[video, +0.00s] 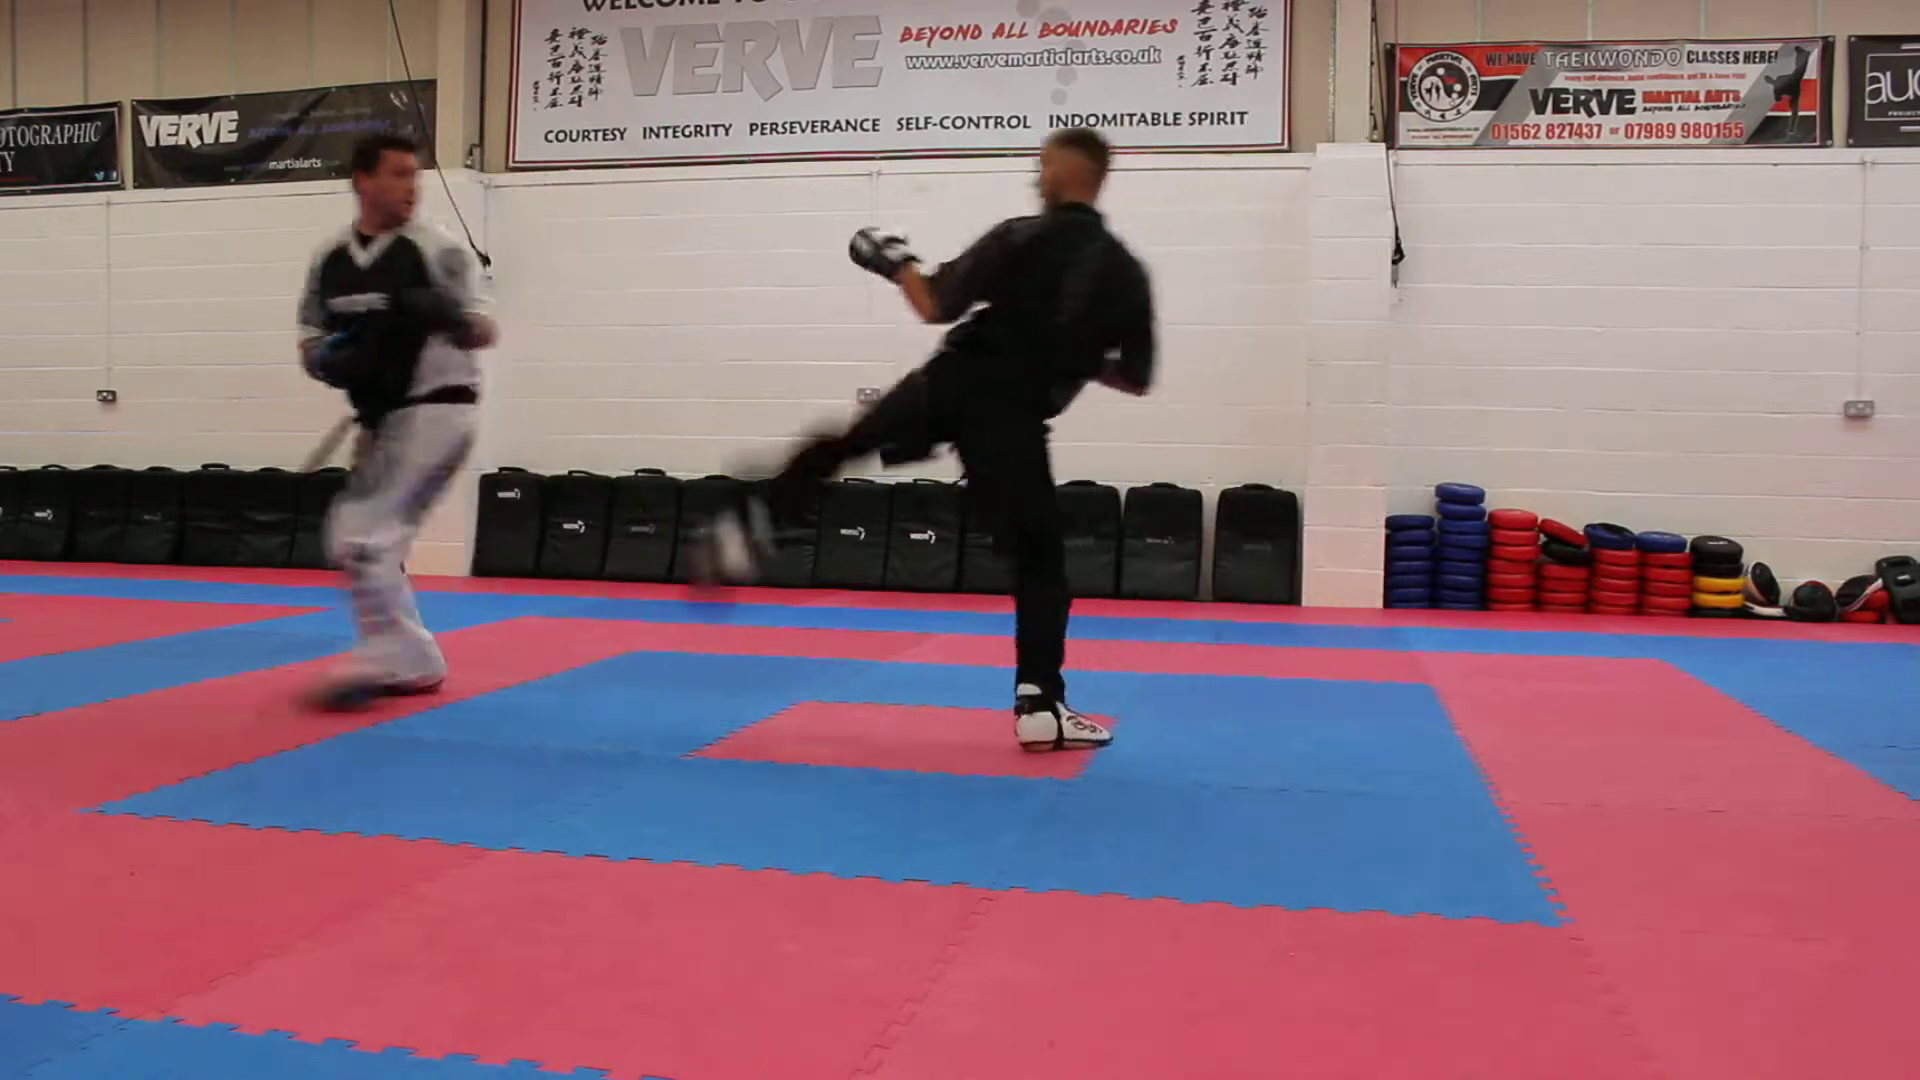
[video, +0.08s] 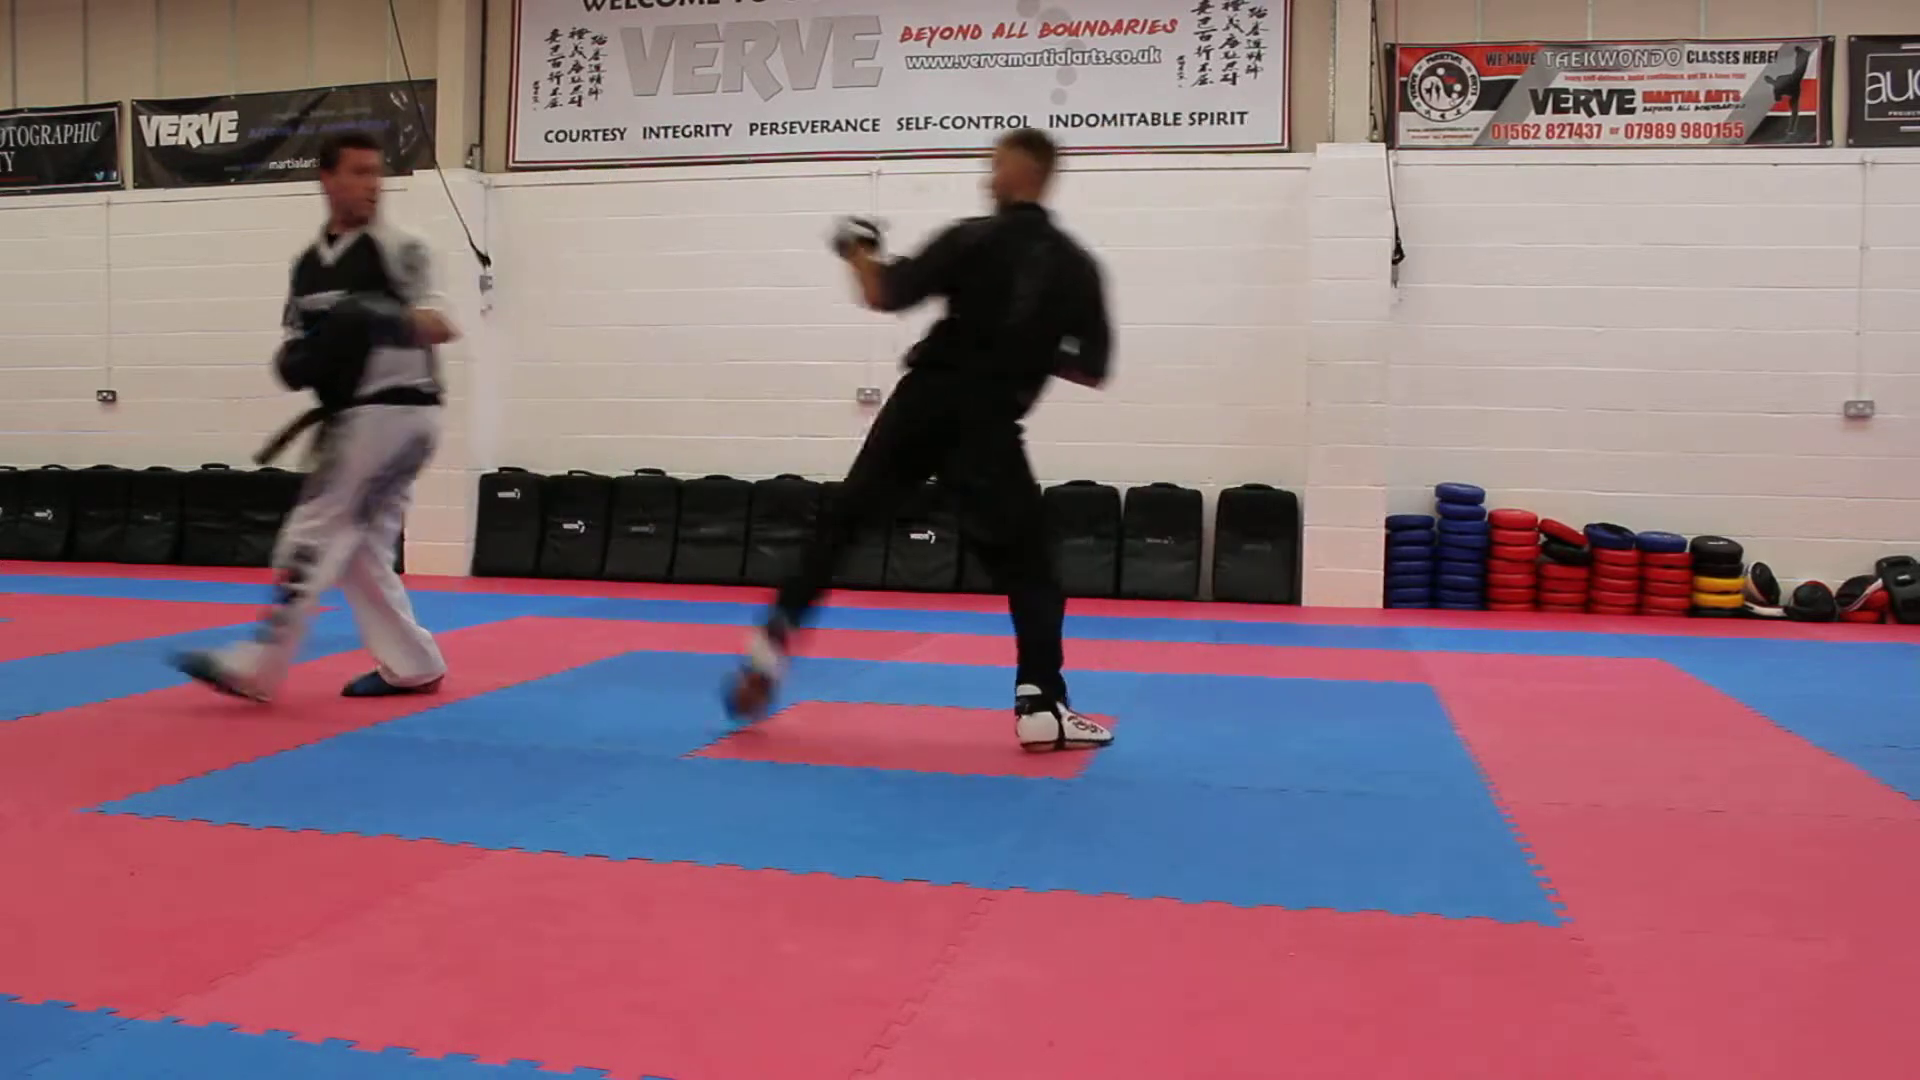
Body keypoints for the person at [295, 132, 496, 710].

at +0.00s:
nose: (411, 188)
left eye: (414, 176)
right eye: (399, 176)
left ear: (419, 180)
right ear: (362, 182)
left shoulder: (439, 250)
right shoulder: (331, 264)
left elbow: (483, 330)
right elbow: (312, 346)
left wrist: (435, 311)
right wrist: (338, 357)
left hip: (440, 411)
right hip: (380, 416)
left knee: (365, 529)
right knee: (360, 537)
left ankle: (400, 653)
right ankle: (400, 659)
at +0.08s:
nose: (372, 185)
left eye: (376, 174)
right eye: (359, 174)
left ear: (382, 180)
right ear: (327, 181)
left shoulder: (399, 248)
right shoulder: (310, 265)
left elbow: (439, 325)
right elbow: (289, 362)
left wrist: (363, 314)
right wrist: (321, 348)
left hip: (400, 412)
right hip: (352, 414)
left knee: (314, 532)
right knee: (358, 550)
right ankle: (410, 663)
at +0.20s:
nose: (256, 194)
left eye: (265, 179)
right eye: (254, 181)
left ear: (302, 178)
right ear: (285, 184)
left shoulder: (331, 240)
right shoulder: (307, 245)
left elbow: (347, 327)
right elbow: (307, 335)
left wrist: (265, 362)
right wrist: (259, 367)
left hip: (329, 420)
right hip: (365, 422)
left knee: (250, 541)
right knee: (338, 552)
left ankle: (190, 666)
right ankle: (408, 660)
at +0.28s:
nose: (212, 203)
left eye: (215, 192)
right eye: (213, 192)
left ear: (230, 191)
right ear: (264, 189)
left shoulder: (258, 233)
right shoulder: (296, 235)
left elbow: (280, 323)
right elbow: (307, 330)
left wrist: (242, 372)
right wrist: (236, 354)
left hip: (300, 423)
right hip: (346, 424)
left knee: (212, 538)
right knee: (320, 553)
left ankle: (182, 675)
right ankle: (403, 656)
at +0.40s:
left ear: (154, 209)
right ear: (213, 201)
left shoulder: (150, 272)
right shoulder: (262, 255)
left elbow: (146, 368)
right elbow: (308, 333)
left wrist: (134, 434)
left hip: (243, 422)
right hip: (315, 420)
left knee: (182, 544)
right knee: (286, 537)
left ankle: (181, 676)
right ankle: (358, 626)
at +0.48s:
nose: (177, 213)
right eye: (173, 206)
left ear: (114, 226)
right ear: (168, 212)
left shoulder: (105, 285)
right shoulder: (221, 256)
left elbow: (74, 395)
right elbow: (287, 326)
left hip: (216, 425)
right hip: (291, 416)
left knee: (170, 547)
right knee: (283, 504)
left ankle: (178, 678)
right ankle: (322, 577)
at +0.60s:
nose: (131, 204)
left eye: (126, 195)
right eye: (126, 195)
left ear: (58, 211)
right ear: (112, 198)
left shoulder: (40, 280)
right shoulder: (168, 244)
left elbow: (17, 365)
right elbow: (248, 303)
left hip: (178, 412)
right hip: (246, 381)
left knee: (161, 541)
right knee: (326, 433)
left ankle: (176, 677)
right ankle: (412, 447)